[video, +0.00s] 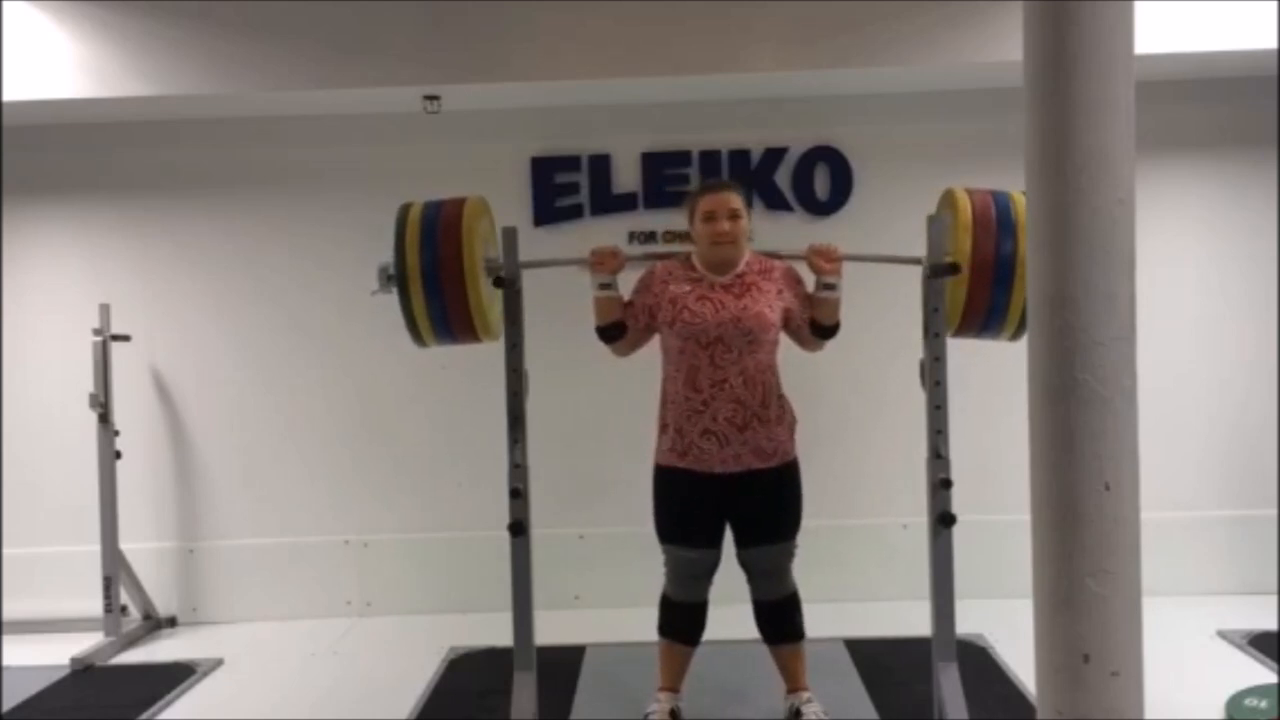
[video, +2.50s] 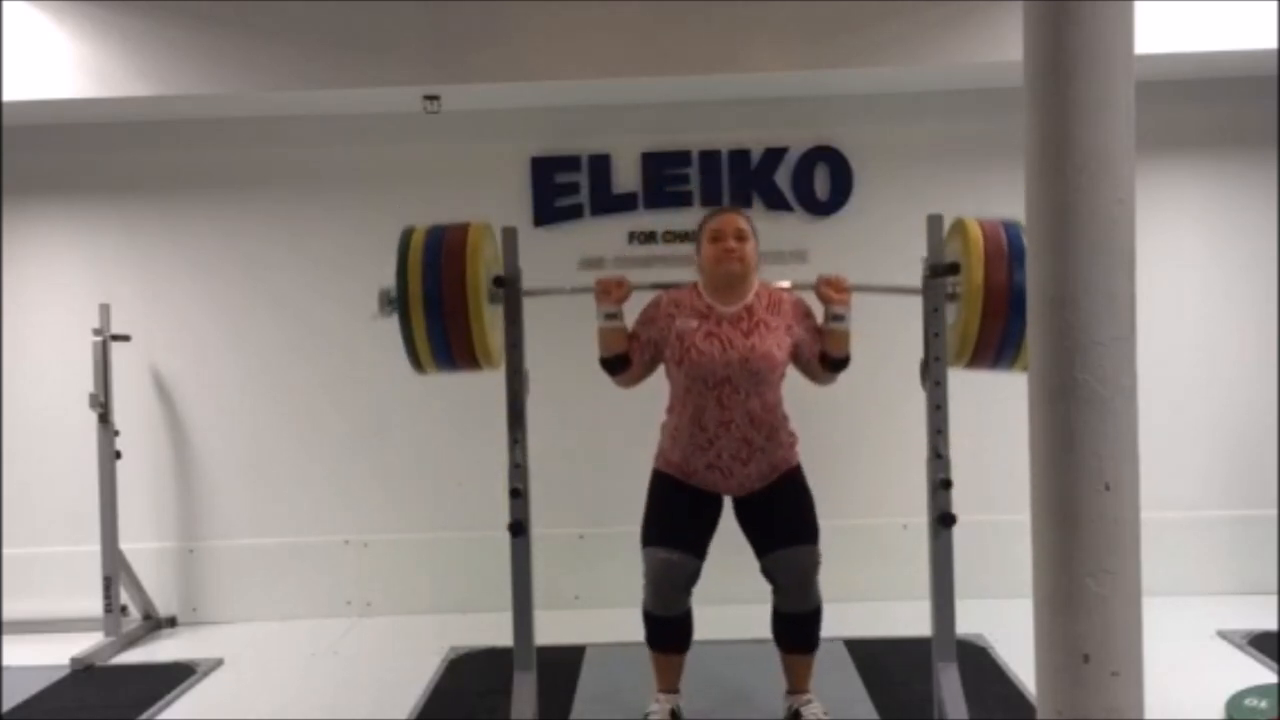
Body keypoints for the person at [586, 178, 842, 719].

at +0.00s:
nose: (723, 226)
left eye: (733, 216)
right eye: (710, 217)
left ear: (748, 224)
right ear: (691, 227)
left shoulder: (774, 277)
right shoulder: (664, 280)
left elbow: (815, 338)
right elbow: (619, 342)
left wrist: (828, 283)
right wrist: (605, 282)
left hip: (764, 459)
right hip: (688, 461)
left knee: (773, 581)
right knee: (685, 583)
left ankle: (800, 696)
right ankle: (666, 698)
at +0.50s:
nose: (725, 271)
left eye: (735, 262)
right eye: (712, 263)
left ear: (751, 273)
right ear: (694, 277)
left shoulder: (778, 329)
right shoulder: (665, 331)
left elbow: (819, 390)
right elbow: (620, 394)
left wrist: (831, 333)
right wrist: (605, 335)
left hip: (764, 474)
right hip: (682, 477)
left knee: (803, 575)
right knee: (657, 582)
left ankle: (802, 699)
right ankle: (665, 702)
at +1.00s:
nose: (733, 390)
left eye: (743, 380)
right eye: (720, 381)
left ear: (758, 392)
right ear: (701, 393)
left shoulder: (787, 442)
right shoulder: (673, 444)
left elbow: (830, 505)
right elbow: (628, 508)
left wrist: (842, 450)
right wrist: (613, 449)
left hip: (772, 568)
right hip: (689, 569)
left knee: (824, 613)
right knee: (648, 618)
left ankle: (801, 704)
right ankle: (667, 706)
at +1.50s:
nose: (733, 384)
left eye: (744, 375)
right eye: (720, 376)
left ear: (759, 387)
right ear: (700, 388)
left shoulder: (788, 435)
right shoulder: (671, 436)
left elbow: (832, 493)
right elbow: (628, 497)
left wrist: (843, 440)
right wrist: (612, 442)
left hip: (772, 555)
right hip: (689, 558)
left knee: (818, 603)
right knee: (652, 610)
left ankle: (799, 703)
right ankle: (668, 704)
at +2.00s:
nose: (731, 271)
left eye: (742, 264)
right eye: (719, 264)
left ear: (758, 279)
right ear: (700, 280)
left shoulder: (786, 333)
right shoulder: (671, 334)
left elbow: (827, 397)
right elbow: (626, 400)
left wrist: (840, 341)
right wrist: (610, 341)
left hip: (770, 478)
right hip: (686, 480)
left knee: (803, 579)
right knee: (660, 584)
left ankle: (800, 700)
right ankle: (665, 702)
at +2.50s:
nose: (728, 245)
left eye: (739, 237)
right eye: (716, 238)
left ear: (756, 252)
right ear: (698, 254)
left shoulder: (784, 307)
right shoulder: (671, 309)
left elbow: (825, 370)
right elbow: (625, 373)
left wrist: (837, 315)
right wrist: (610, 313)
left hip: (768, 464)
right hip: (686, 466)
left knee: (798, 577)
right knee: (665, 581)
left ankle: (801, 698)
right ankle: (665, 701)